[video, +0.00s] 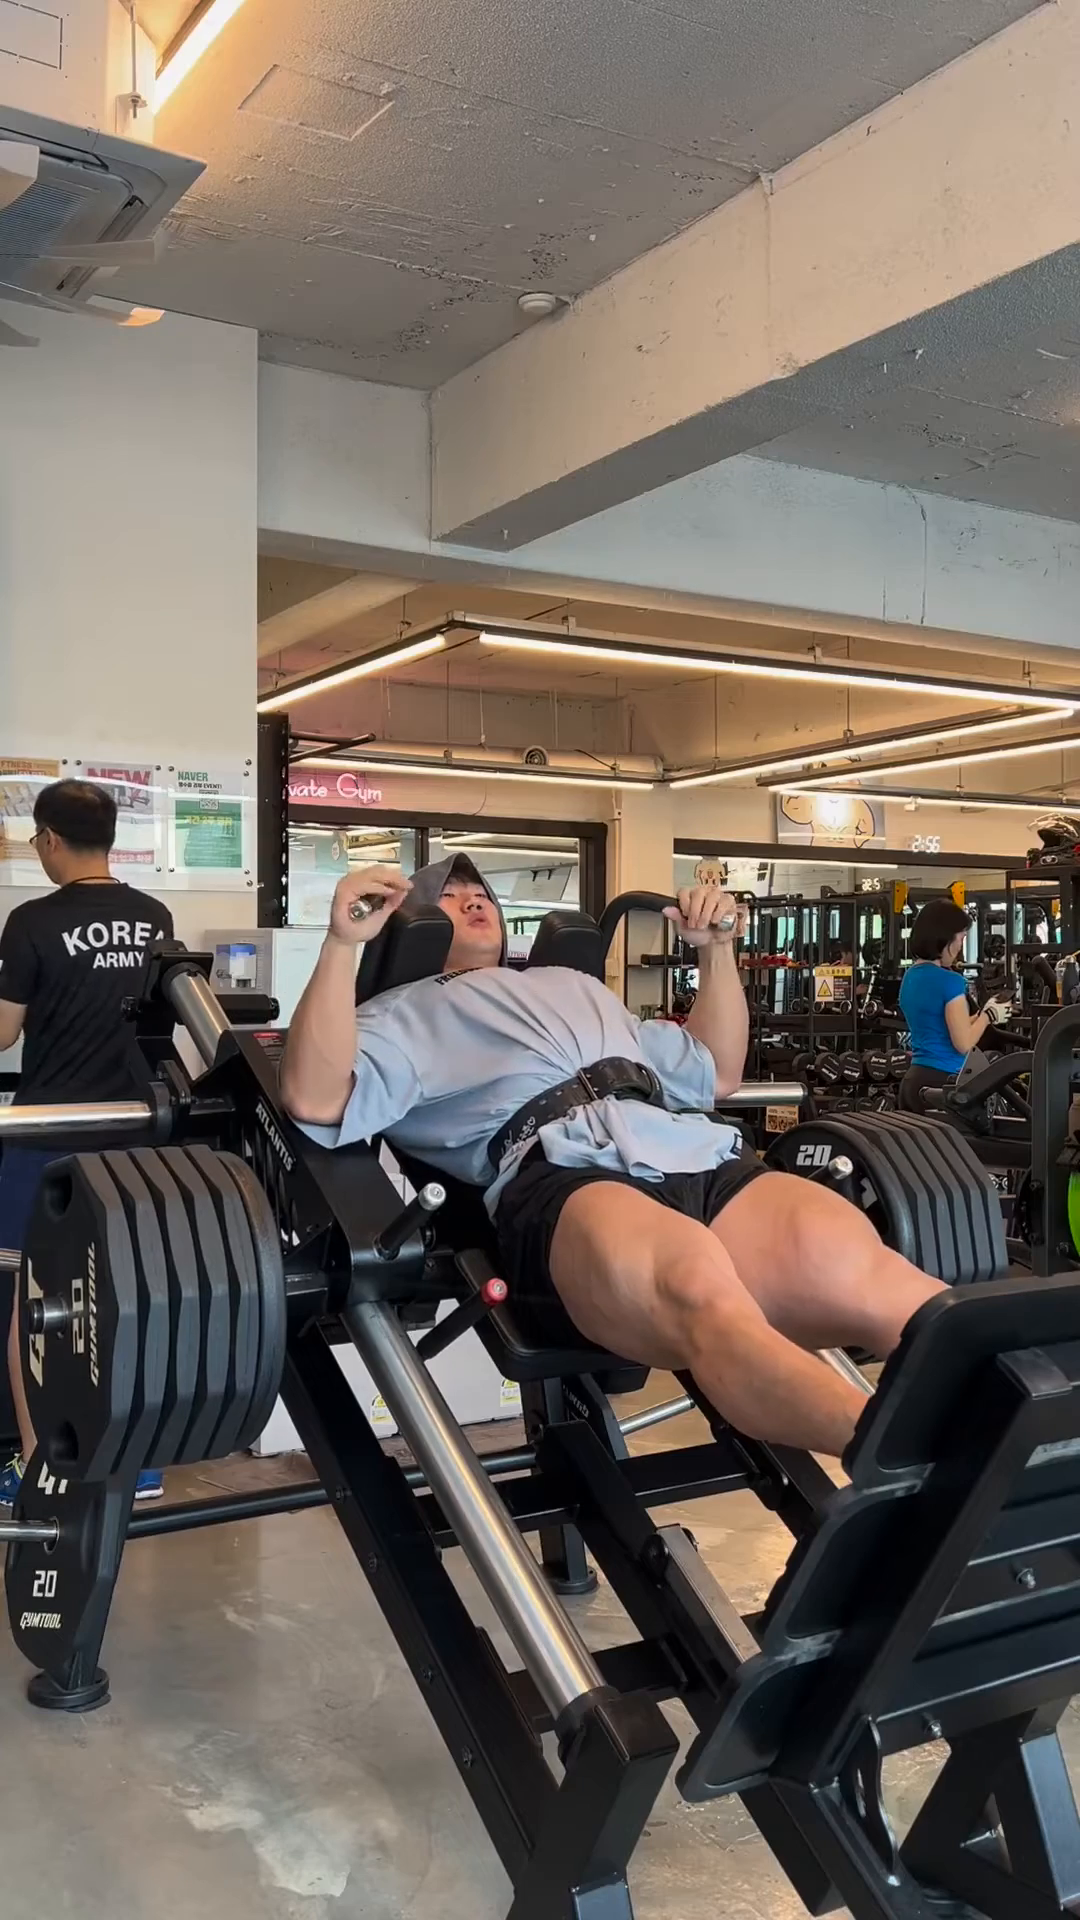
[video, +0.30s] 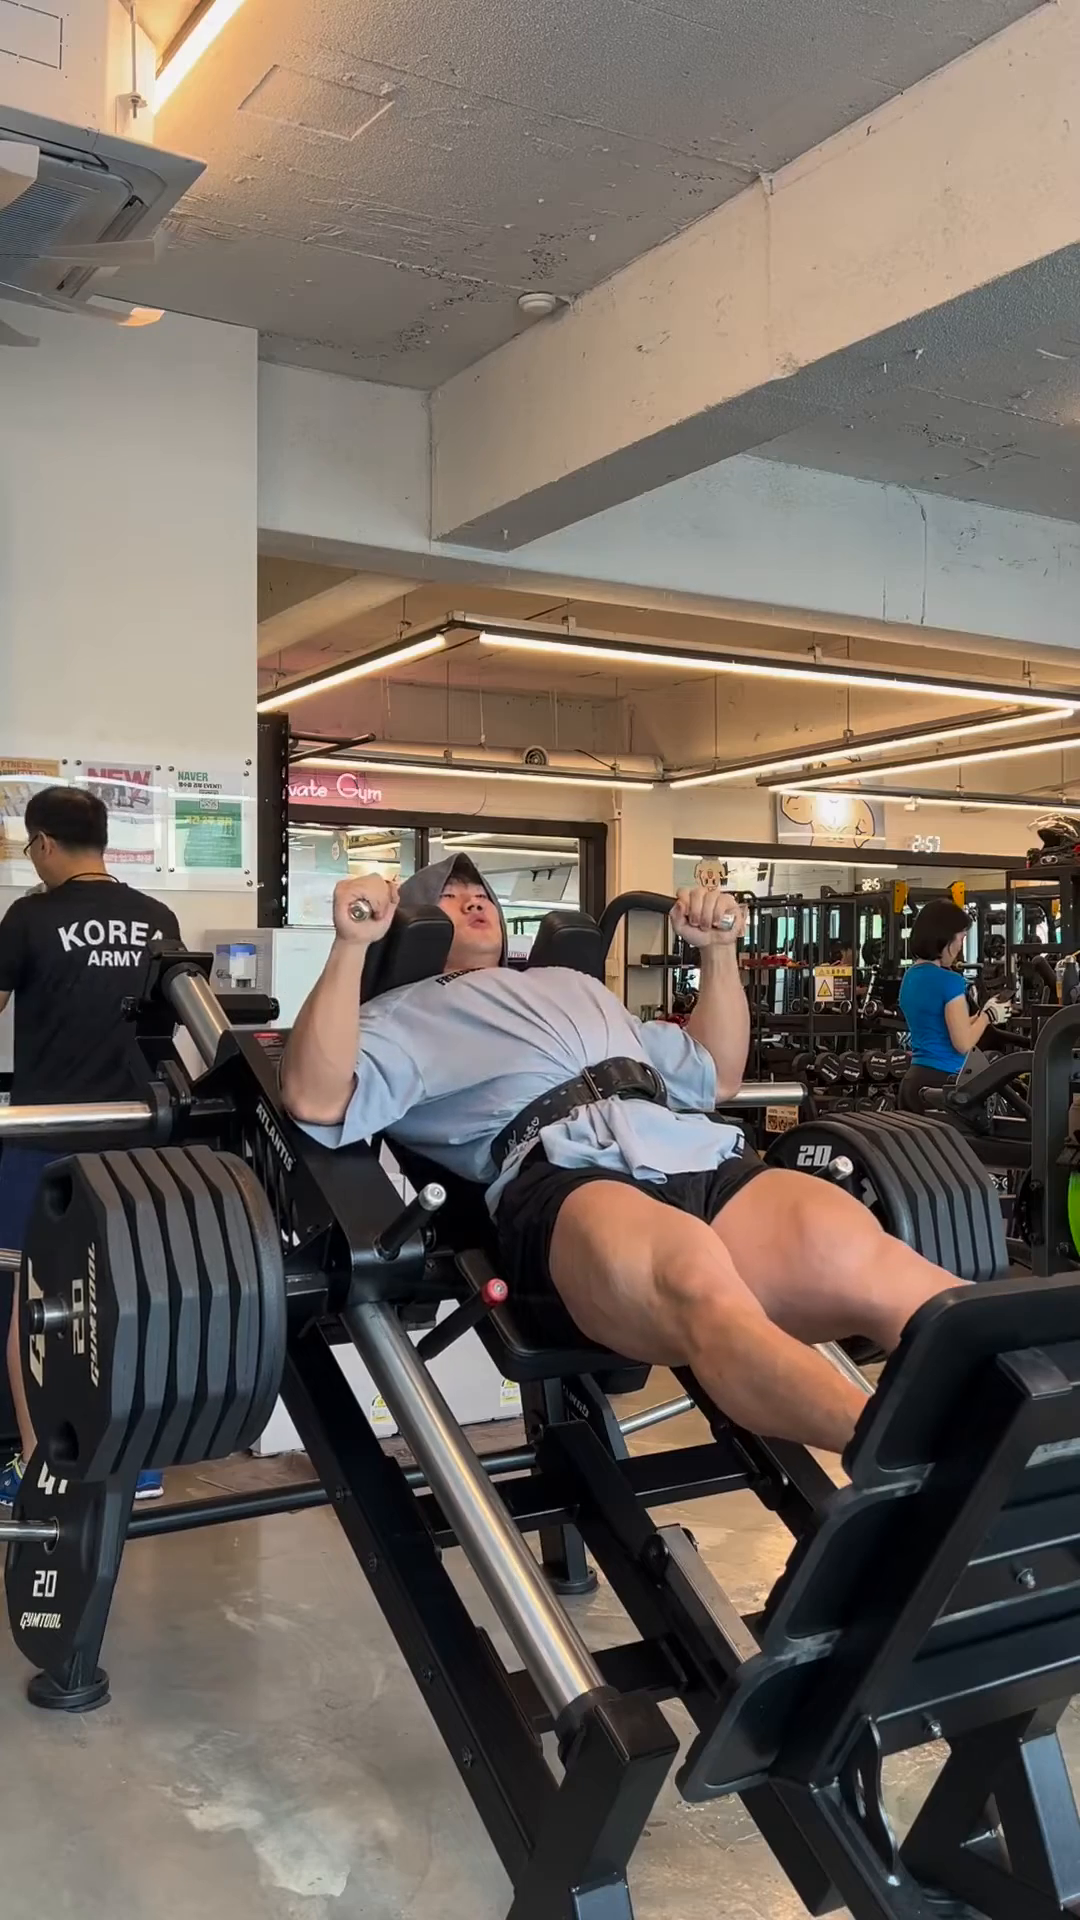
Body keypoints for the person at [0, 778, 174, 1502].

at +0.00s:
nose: (35, 848)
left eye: (37, 837)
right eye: (37, 837)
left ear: (50, 840)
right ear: (110, 841)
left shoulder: (34, 920)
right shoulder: (154, 913)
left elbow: (6, 1030)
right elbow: (166, 1013)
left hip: (47, 1132)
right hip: (137, 1132)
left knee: (26, 1294)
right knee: (133, 1292)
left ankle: (34, 1456)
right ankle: (138, 1462)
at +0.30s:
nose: (29, 860)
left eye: (29, 849)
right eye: (28, 849)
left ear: (45, 845)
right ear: (104, 844)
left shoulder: (31, 915)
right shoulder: (158, 917)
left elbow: (3, 990)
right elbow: (177, 1016)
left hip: (41, 1132)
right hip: (134, 1135)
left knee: (23, 1297)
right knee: (133, 1294)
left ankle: (35, 1454)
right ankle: (140, 1463)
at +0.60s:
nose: (33, 858)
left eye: (33, 848)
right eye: (35, 849)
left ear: (43, 847)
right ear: (108, 845)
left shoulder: (27, 915)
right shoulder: (159, 917)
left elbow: (6, 995)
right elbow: (177, 1020)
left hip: (39, 1131)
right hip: (135, 1135)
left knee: (26, 1296)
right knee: (133, 1293)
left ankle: (36, 1455)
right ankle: (139, 1461)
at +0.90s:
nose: (47, 856)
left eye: (44, 846)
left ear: (47, 846)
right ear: (115, 847)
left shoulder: (23, 918)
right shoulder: (160, 918)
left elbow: (4, 1027)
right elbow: (180, 1025)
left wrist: (55, 1005)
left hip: (40, 1135)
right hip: (135, 1137)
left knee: (26, 1297)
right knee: (135, 1294)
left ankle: (35, 1455)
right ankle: (140, 1462)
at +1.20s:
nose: (48, 856)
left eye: (45, 845)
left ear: (48, 845)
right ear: (116, 848)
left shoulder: (23, 916)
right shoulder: (160, 918)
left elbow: (4, 1027)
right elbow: (172, 1019)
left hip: (39, 1133)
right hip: (131, 1133)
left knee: (26, 1293)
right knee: (127, 1286)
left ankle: (35, 1454)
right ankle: (124, 1451)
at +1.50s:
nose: (48, 857)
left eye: (45, 847)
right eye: (59, 848)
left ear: (48, 846)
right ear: (116, 849)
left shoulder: (25, 916)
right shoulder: (159, 918)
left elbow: (4, 1027)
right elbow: (173, 1020)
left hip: (44, 1133)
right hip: (139, 1130)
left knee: (21, 1297)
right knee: (128, 1290)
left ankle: (38, 1456)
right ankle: (126, 1448)